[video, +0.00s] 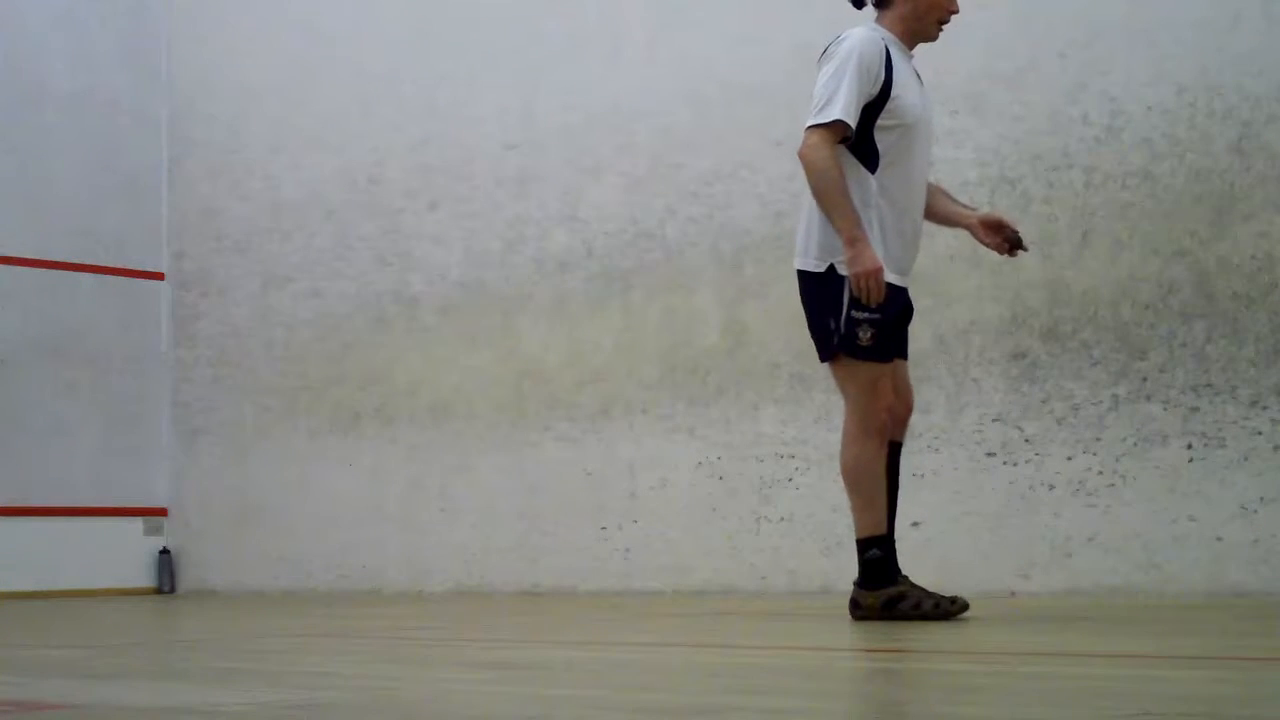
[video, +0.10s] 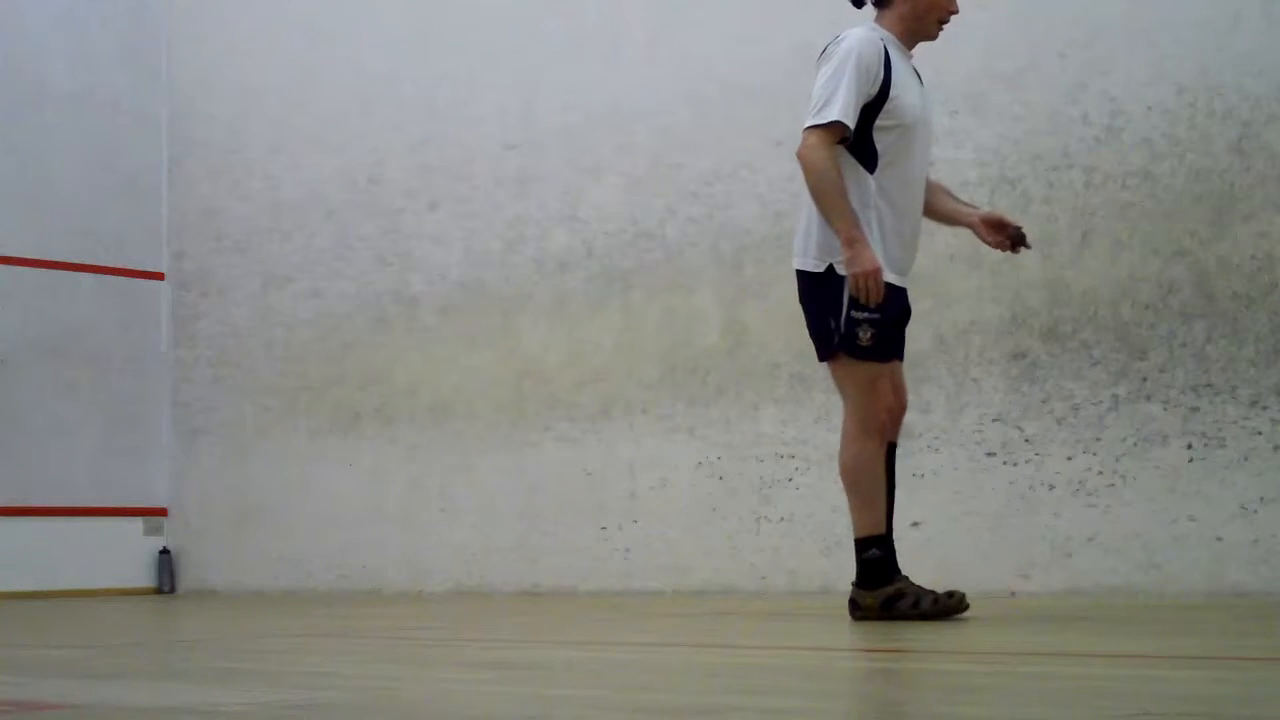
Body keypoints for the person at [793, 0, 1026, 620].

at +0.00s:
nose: (953, 8)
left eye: (952, 0)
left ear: (910, 3)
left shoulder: (904, 67)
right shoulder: (863, 48)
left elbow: (903, 183)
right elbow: (816, 149)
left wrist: (972, 219)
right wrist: (856, 243)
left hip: (881, 268)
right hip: (844, 267)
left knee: (894, 410)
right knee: (869, 412)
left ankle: (882, 576)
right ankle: (875, 582)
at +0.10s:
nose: (953, 10)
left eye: (952, 1)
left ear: (910, 3)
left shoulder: (905, 68)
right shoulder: (861, 48)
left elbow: (906, 182)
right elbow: (814, 150)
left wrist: (975, 218)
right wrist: (854, 244)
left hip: (878, 268)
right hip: (844, 267)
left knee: (881, 410)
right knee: (874, 409)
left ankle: (879, 577)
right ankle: (875, 580)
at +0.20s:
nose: (953, 8)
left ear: (909, 1)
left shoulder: (906, 69)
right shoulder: (859, 47)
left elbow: (908, 180)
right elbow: (813, 150)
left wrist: (977, 216)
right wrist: (853, 243)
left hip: (879, 268)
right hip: (845, 267)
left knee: (877, 411)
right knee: (873, 410)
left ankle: (878, 577)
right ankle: (875, 580)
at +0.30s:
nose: (951, 10)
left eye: (951, 1)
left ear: (911, 2)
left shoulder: (905, 69)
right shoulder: (858, 48)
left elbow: (910, 182)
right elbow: (812, 151)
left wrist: (978, 216)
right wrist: (852, 246)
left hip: (880, 268)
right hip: (846, 268)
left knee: (878, 413)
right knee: (876, 410)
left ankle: (880, 579)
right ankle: (877, 581)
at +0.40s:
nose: (951, 9)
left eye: (952, 1)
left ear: (910, 2)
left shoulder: (906, 69)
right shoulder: (858, 48)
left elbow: (910, 182)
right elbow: (811, 149)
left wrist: (977, 216)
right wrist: (851, 245)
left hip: (882, 268)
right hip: (848, 268)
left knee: (878, 413)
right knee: (876, 410)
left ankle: (880, 579)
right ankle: (877, 581)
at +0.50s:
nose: (952, 10)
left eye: (952, 2)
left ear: (911, 3)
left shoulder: (907, 70)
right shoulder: (857, 47)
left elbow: (911, 183)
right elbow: (808, 149)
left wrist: (978, 218)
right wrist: (849, 243)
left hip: (882, 268)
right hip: (846, 267)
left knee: (878, 413)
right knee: (878, 410)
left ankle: (879, 579)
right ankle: (877, 581)